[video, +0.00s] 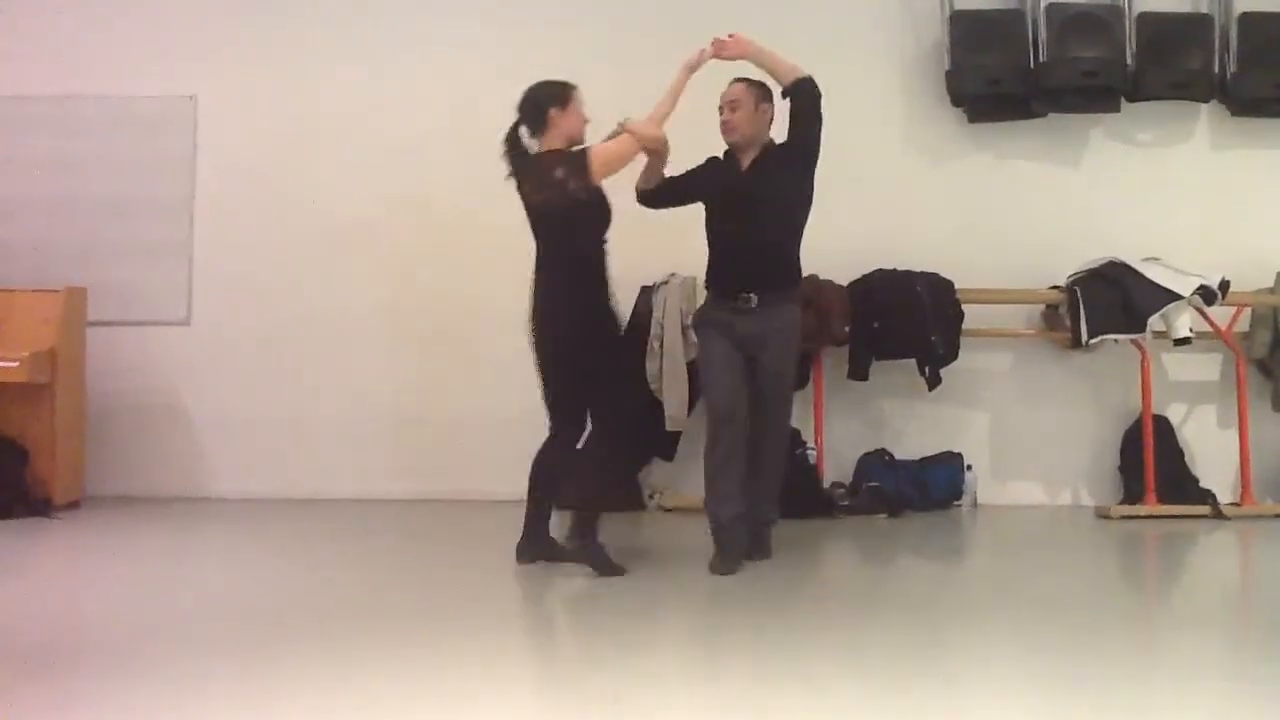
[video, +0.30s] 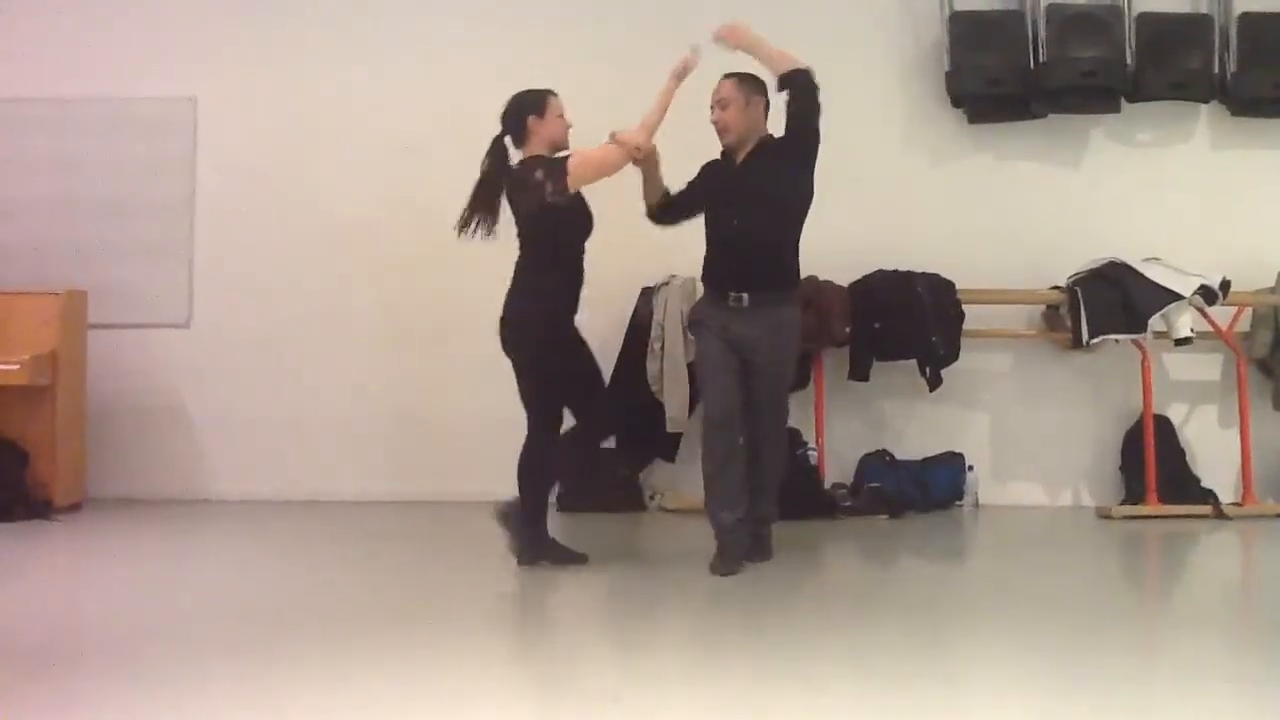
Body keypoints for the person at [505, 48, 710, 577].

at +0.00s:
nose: (587, 117)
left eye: (582, 108)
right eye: (579, 108)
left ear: (547, 117)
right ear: (555, 116)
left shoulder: (533, 169)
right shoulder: (569, 167)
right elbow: (648, 133)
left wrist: (630, 136)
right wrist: (685, 73)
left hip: (553, 308)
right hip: (582, 311)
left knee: (565, 425)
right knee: (620, 418)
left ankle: (534, 535)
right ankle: (584, 535)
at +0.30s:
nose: (567, 122)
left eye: (563, 115)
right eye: (558, 116)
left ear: (532, 127)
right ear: (533, 127)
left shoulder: (524, 175)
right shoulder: (550, 173)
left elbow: (596, 163)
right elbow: (633, 148)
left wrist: (618, 147)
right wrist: (672, 82)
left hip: (527, 320)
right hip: (544, 325)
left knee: (542, 428)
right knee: (597, 417)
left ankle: (532, 533)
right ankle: (525, 514)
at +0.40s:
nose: (558, 124)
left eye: (555, 115)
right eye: (550, 116)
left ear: (522, 126)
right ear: (524, 123)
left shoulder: (514, 174)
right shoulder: (541, 176)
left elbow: (587, 186)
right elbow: (619, 179)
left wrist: (616, 177)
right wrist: (659, 120)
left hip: (521, 315)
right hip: (536, 321)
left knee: (547, 427)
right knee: (565, 428)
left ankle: (534, 537)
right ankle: (484, 505)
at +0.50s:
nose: (554, 125)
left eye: (551, 117)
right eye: (545, 118)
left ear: (515, 128)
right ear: (517, 127)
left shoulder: (507, 179)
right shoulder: (542, 184)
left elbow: (571, 216)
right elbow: (595, 218)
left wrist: (616, 220)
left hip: (512, 320)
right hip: (534, 325)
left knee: (544, 429)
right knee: (547, 431)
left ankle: (537, 538)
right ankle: (472, 515)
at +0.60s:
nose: (549, 126)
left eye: (546, 118)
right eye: (541, 119)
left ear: (513, 128)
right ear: (514, 127)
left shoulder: (509, 185)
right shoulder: (525, 191)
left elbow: (576, 241)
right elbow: (547, 258)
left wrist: (622, 261)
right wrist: (590, 297)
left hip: (505, 319)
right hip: (517, 322)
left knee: (513, 424)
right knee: (555, 422)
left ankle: (452, 528)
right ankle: (537, 538)